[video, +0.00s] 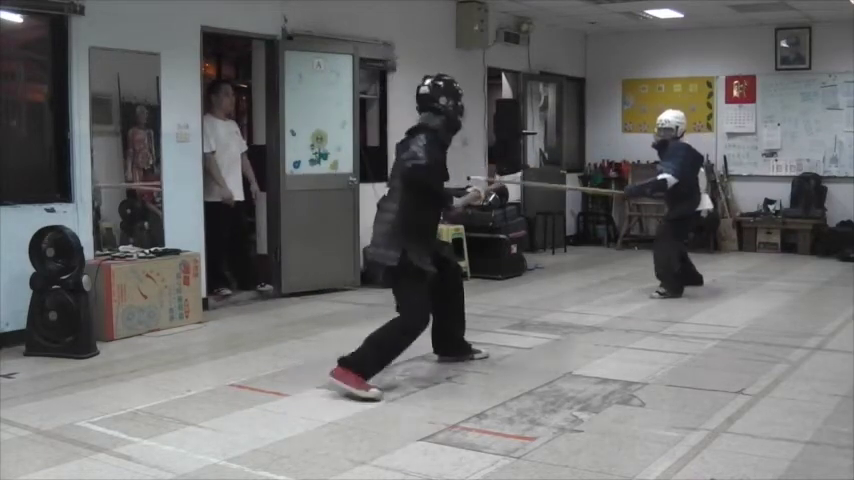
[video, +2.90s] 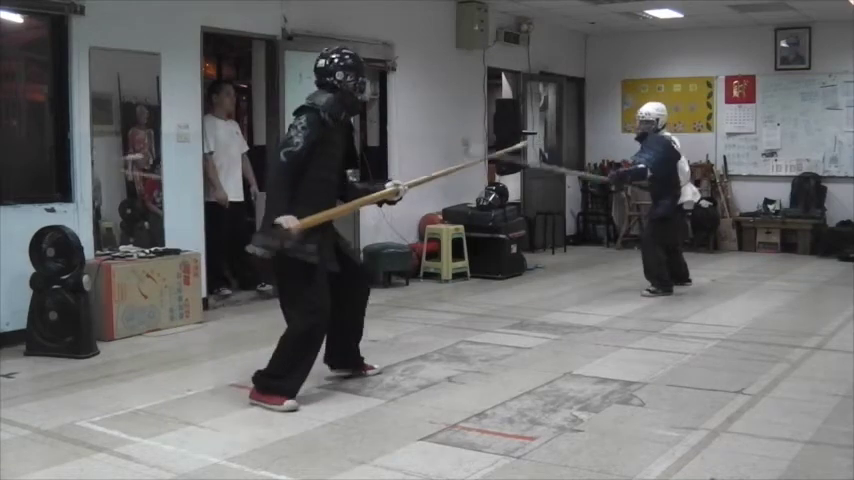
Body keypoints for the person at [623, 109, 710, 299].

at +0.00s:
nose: (662, 134)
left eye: (667, 130)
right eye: (660, 130)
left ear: (678, 131)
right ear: (657, 130)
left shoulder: (680, 150)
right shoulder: (668, 149)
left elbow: (666, 180)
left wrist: (635, 190)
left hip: (686, 207)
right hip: (679, 205)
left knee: (664, 240)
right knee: (668, 240)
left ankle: (672, 285)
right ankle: (689, 275)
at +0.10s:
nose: (659, 134)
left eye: (664, 130)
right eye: (658, 130)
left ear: (675, 132)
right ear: (655, 130)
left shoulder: (676, 151)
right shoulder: (665, 151)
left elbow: (663, 185)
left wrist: (633, 194)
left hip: (684, 208)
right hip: (677, 207)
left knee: (663, 240)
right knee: (669, 241)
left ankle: (671, 287)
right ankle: (690, 276)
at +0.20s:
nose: (653, 136)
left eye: (658, 132)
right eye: (652, 131)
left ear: (669, 133)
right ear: (649, 130)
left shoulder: (668, 153)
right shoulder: (662, 150)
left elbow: (665, 193)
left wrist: (639, 200)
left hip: (677, 206)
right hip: (678, 204)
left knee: (663, 244)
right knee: (675, 243)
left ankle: (663, 290)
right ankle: (693, 276)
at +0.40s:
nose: (637, 147)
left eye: (643, 143)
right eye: (636, 142)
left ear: (655, 145)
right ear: (634, 142)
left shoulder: (661, 166)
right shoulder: (643, 165)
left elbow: (650, 197)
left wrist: (623, 205)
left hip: (678, 214)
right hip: (666, 213)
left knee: (657, 244)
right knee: (677, 243)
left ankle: (658, 293)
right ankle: (693, 273)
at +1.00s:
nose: (623, 141)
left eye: (629, 137)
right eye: (621, 136)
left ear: (641, 138)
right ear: (619, 136)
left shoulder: (650, 160)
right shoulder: (631, 159)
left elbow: (669, 196)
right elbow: (636, 189)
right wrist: (628, 211)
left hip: (668, 207)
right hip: (652, 205)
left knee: (656, 245)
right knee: (651, 243)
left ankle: (658, 292)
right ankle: (665, 278)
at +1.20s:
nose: (630, 130)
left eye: (635, 125)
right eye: (628, 125)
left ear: (647, 126)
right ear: (625, 125)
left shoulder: (659, 148)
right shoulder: (638, 148)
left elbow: (662, 186)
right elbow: (643, 179)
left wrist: (634, 192)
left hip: (665, 204)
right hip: (650, 204)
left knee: (661, 244)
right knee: (642, 244)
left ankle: (661, 290)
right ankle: (655, 280)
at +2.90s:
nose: (640, 126)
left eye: (645, 122)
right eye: (640, 122)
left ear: (657, 123)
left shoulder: (659, 143)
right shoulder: (652, 141)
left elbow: (646, 168)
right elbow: (642, 163)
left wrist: (623, 175)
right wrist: (626, 173)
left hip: (667, 200)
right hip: (666, 198)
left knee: (651, 238)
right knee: (667, 238)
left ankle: (661, 285)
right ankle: (680, 275)